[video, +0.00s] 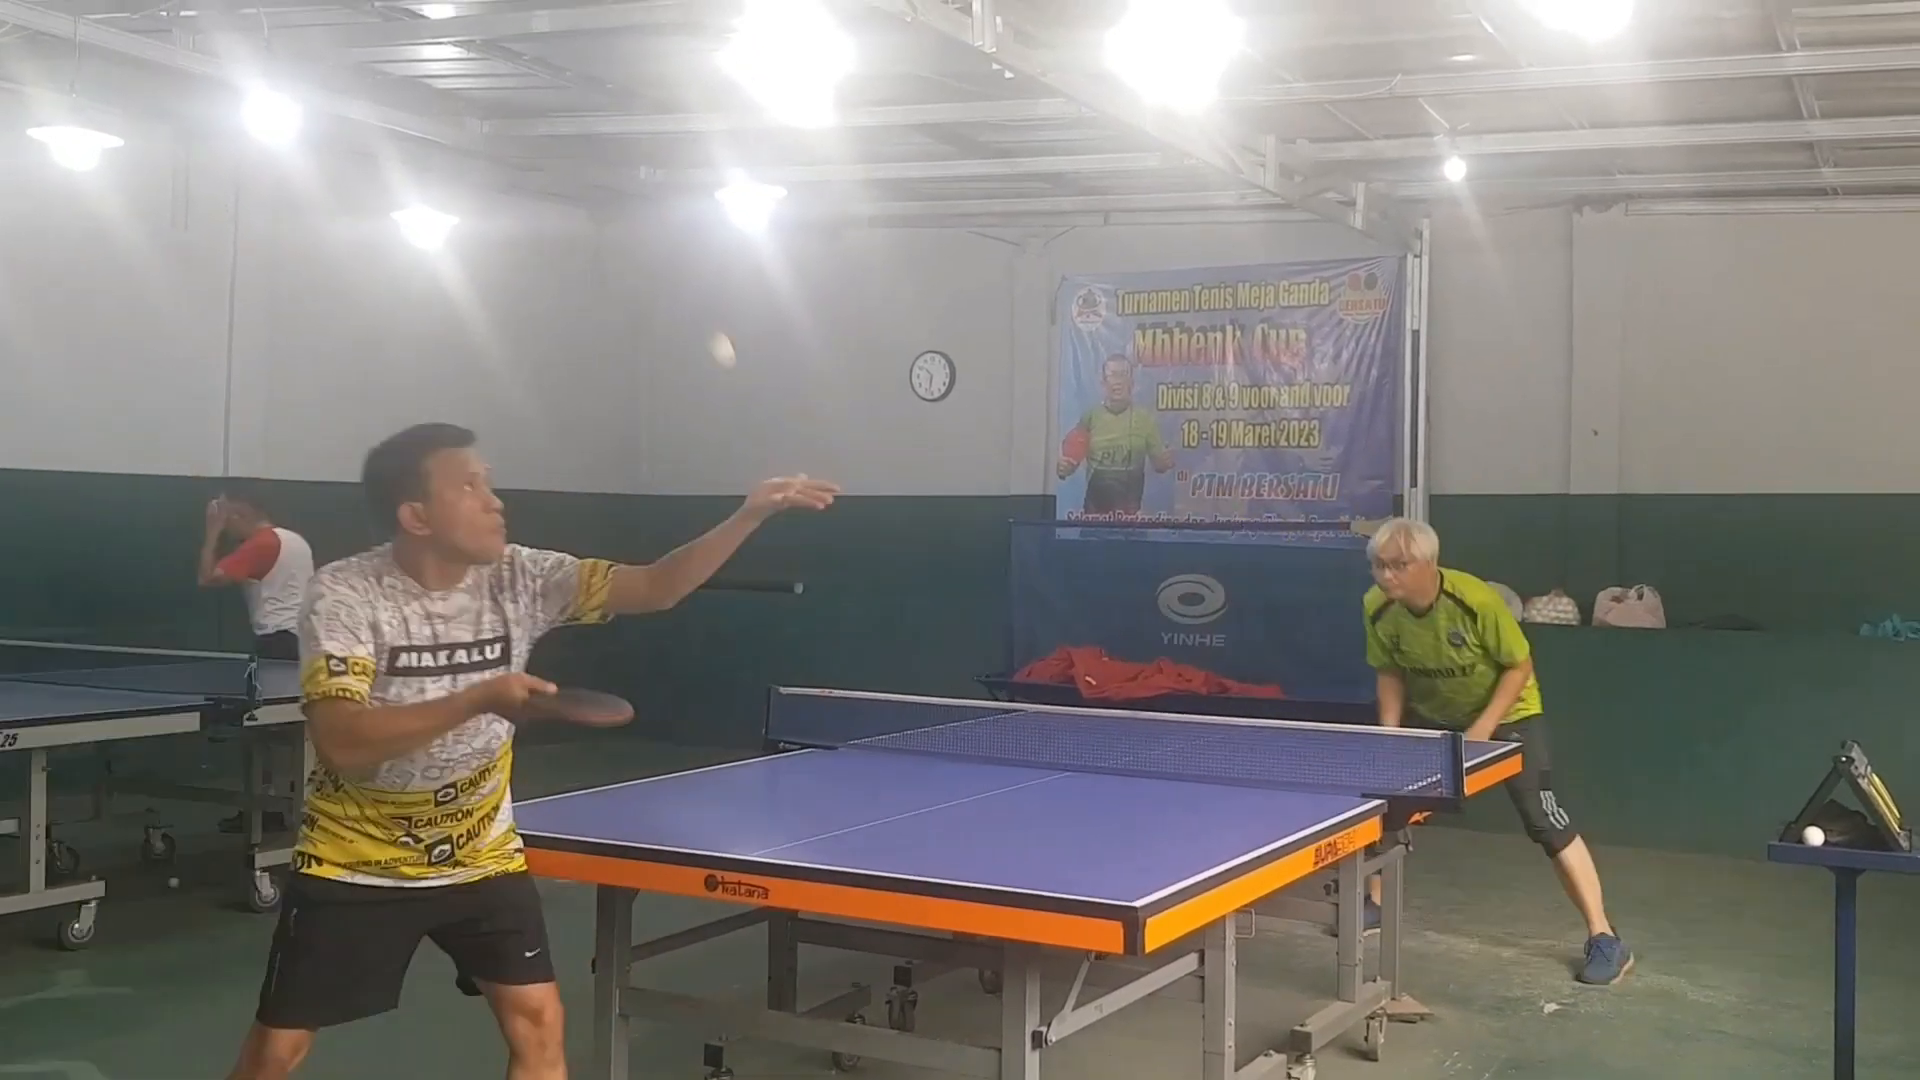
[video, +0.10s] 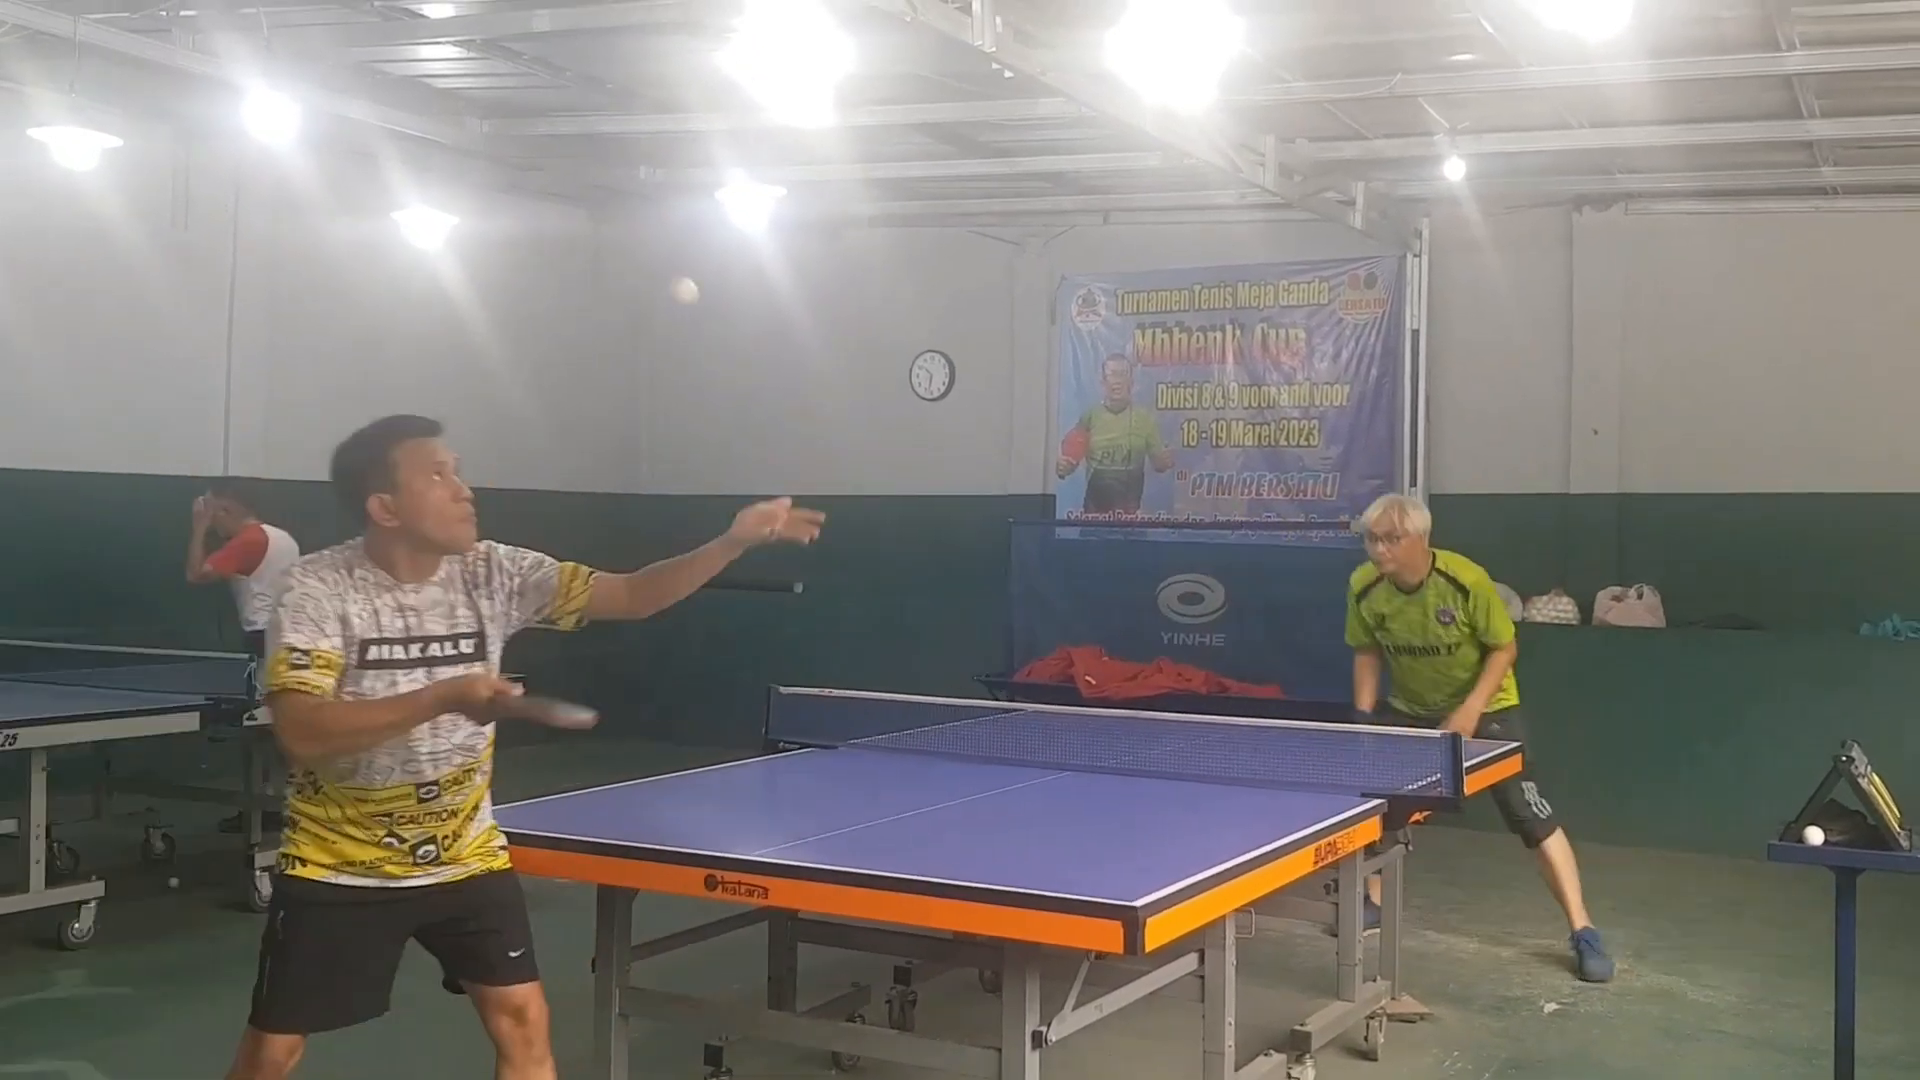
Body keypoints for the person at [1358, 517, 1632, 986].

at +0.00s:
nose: (1383, 576)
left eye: (1394, 566)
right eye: (1378, 566)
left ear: (1425, 566)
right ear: (1375, 568)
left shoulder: (1475, 600)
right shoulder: (1377, 608)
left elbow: (1520, 666)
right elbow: (1389, 675)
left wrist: (1483, 727)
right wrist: (1388, 741)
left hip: (1508, 715)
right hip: (1430, 719)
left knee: (1542, 817)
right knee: (1378, 805)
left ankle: (1603, 936)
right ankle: (1369, 904)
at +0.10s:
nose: (1377, 550)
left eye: (1389, 540)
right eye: (1372, 540)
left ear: (1419, 540)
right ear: (1367, 543)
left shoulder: (1465, 580)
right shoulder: (1363, 586)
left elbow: (1504, 647)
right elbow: (1366, 652)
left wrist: (1471, 708)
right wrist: (1362, 721)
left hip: (1487, 708)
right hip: (1407, 711)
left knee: (1527, 809)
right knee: (1376, 805)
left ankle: (1583, 930)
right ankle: (1371, 904)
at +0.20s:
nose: (1376, 530)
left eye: (1387, 520)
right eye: (1371, 521)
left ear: (1418, 520)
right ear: (1366, 523)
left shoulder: (1465, 565)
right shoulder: (1357, 570)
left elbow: (1494, 632)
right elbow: (1352, 633)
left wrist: (1458, 691)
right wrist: (1339, 696)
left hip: (1472, 700)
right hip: (1394, 702)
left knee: (1504, 803)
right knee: (1367, 797)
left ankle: (1539, 915)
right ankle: (1370, 898)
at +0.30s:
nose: (1377, 521)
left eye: (1388, 511)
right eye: (1372, 511)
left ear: (1419, 512)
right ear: (1367, 515)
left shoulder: (1466, 558)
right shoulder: (1358, 563)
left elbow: (1492, 626)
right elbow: (1346, 622)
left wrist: (1449, 678)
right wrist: (1324, 678)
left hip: (1465, 698)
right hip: (1388, 695)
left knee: (1488, 804)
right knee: (1355, 787)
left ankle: (1503, 917)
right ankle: (1360, 891)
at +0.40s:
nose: (1375, 520)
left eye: (1386, 510)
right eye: (1369, 511)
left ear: (1416, 511)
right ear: (1365, 515)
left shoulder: (1464, 560)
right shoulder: (1357, 561)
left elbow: (1490, 629)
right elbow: (1342, 622)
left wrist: (1443, 678)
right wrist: (1311, 672)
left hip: (1459, 699)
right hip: (1382, 696)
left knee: (1488, 804)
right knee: (1336, 775)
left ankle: (1505, 918)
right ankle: (1341, 880)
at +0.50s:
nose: (1361, 523)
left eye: (1373, 513)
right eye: (1356, 513)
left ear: (1403, 514)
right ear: (1352, 517)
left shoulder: (1448, 560)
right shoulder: (1343, 564)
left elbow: (1479, 627)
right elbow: (1327, 625)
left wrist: (1440, 675)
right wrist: (1296, 667)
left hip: (1447, 704)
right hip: (1369, 701)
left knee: (1485, 806)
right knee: (1321, 785)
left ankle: (1506, 918)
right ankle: (1308, 897)